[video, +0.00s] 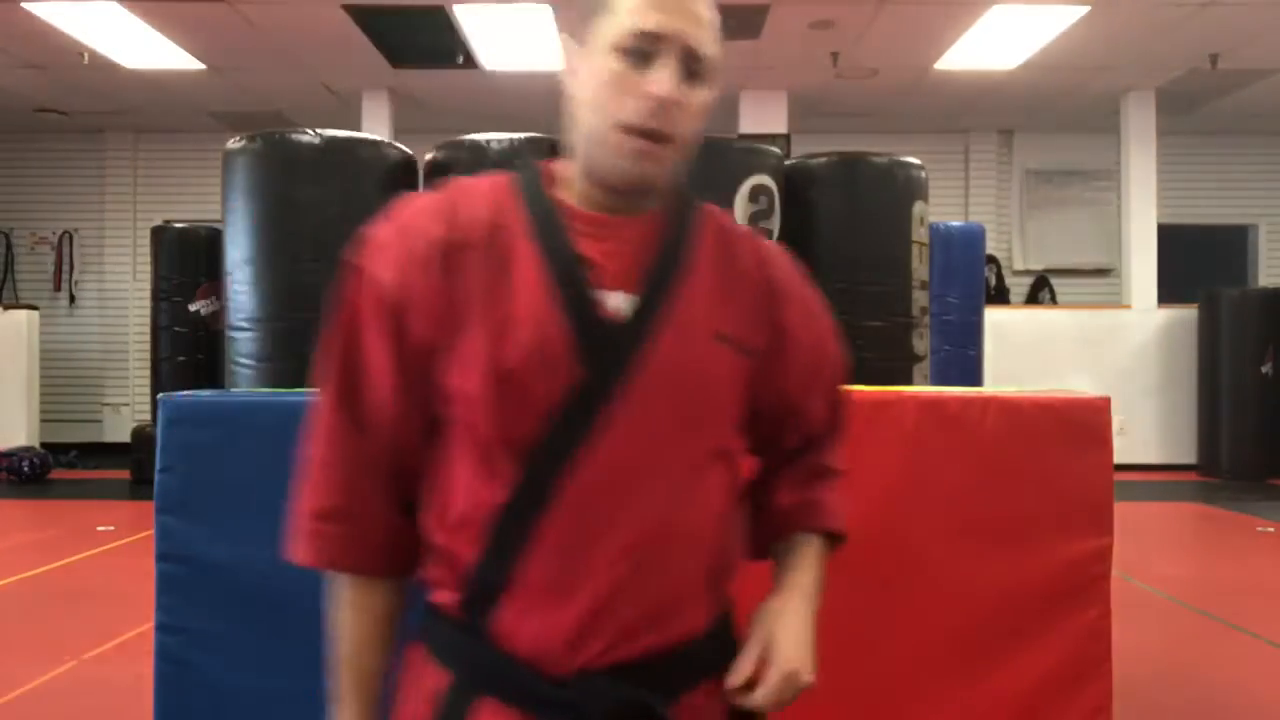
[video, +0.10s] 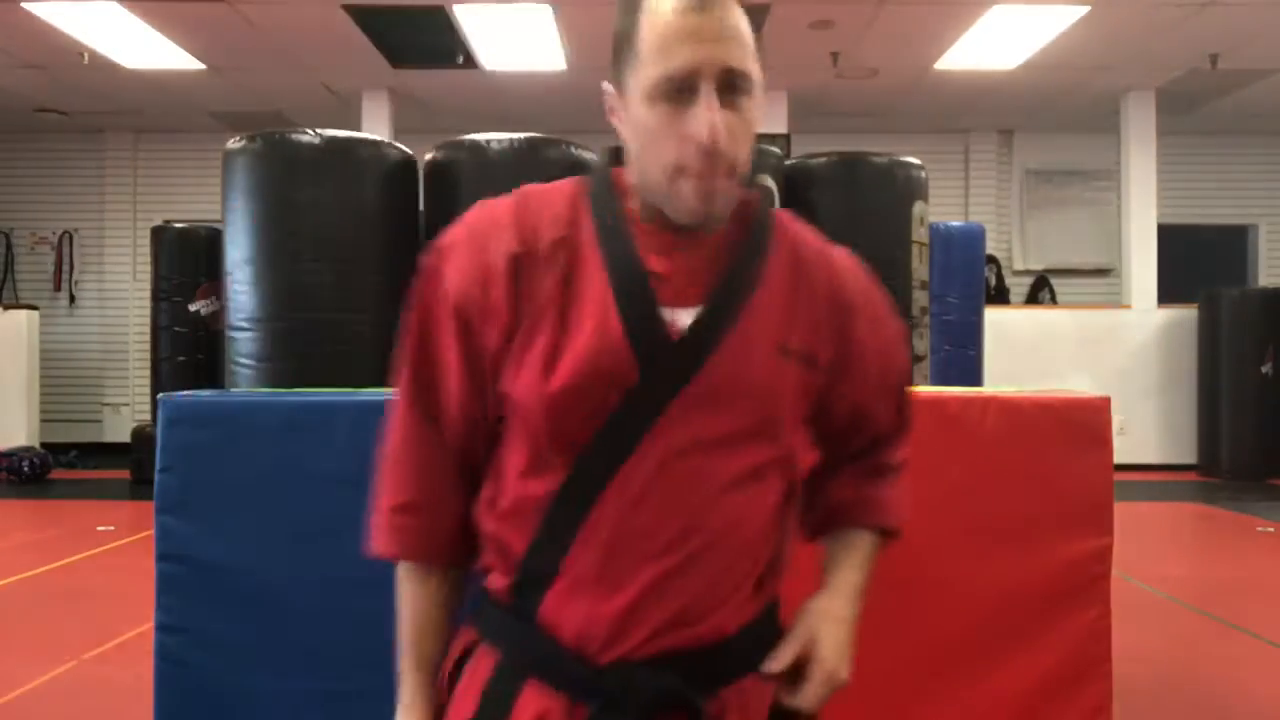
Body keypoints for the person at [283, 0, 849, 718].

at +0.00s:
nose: (665, 92)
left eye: (694, 71)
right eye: (639, 55)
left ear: (712, 103)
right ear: (572, 64)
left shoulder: (761, 282)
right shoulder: (425, 248)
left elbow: (806, 456)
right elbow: (362, 523)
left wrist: (797, 594)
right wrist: (354, 708)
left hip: (684, 695)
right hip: (473, 694)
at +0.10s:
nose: (710, 125)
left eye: (732, 91)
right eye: (677, 93)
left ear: (759, 105)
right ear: (617, 110)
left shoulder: (828, 288)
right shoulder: (495, 253)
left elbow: (870, 455)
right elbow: (426, 493)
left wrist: (841, 597)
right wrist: (415, 696)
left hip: (726, 697)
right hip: (525, 692)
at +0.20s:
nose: (722, 145)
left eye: (746, 99)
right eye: (685, 107)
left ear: (782, 98)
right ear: (634, 111)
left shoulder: (863, 270)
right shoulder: (522, 246)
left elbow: (915, 423)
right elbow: (458, 444)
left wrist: (882, 570)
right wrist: (437, 641)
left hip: (757, 685)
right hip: (557, 678)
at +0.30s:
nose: (702, 141)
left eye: (726, 94)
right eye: (664, 104)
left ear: (764, 90)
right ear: (615, 113)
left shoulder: (866, 243)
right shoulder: (526, 249)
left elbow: (947, 379)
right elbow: (468, 427)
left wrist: (907, 548)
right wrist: (461, 588)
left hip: (781, 678)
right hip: (585, 672)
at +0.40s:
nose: (655, 152)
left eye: (675, 104)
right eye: (617, 120)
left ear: (720, 95)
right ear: (580, 133)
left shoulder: (846, 228)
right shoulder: (514, 268)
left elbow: (953, 364)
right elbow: (483, 440)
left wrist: (915, 535)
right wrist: (474, 582)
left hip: (789, 673)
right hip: (595, 672)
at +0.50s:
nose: (599, 152)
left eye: (618, 105)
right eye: (563, 126)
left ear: (670, 88)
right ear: (537, 141)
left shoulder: (809, 218)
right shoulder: (510, 271)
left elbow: (947, 347)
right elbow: (493, 448)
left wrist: (903, 528)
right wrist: (467, 579)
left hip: (761, 673)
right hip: (575, 668)